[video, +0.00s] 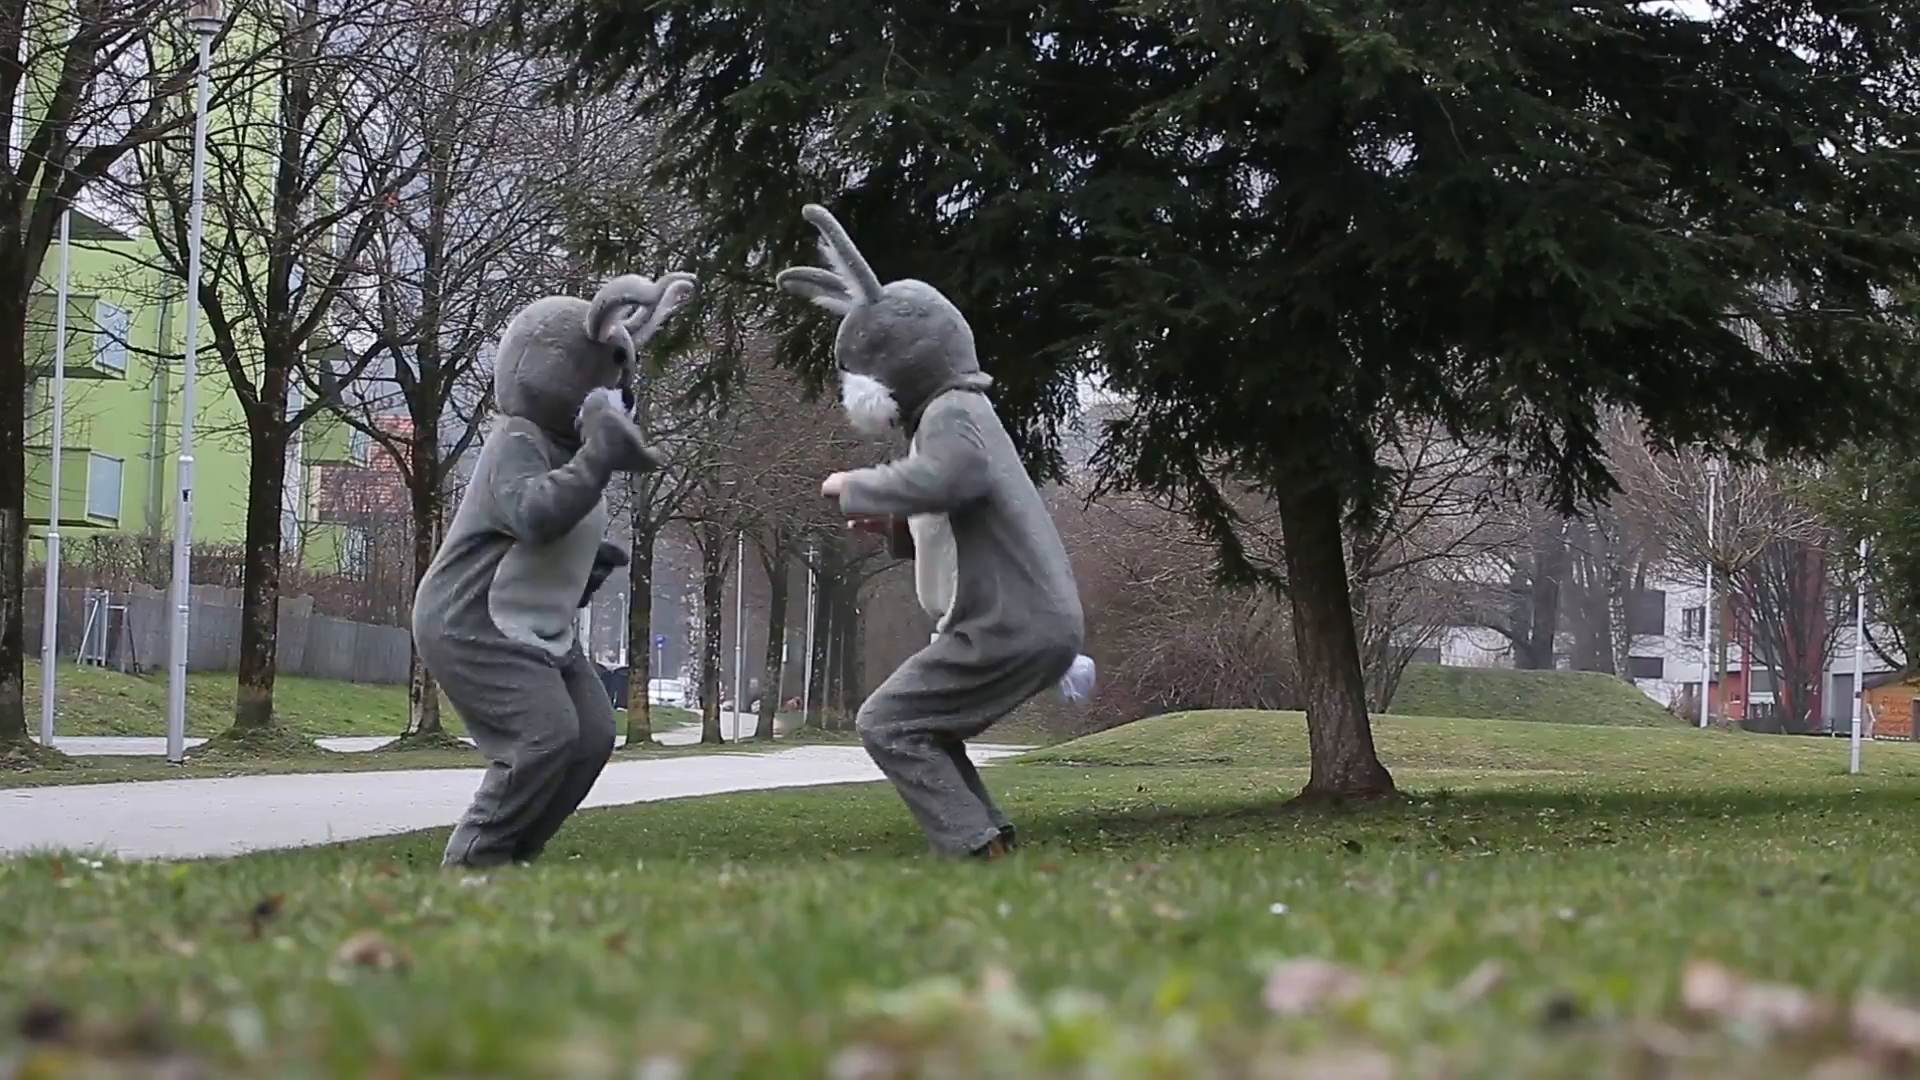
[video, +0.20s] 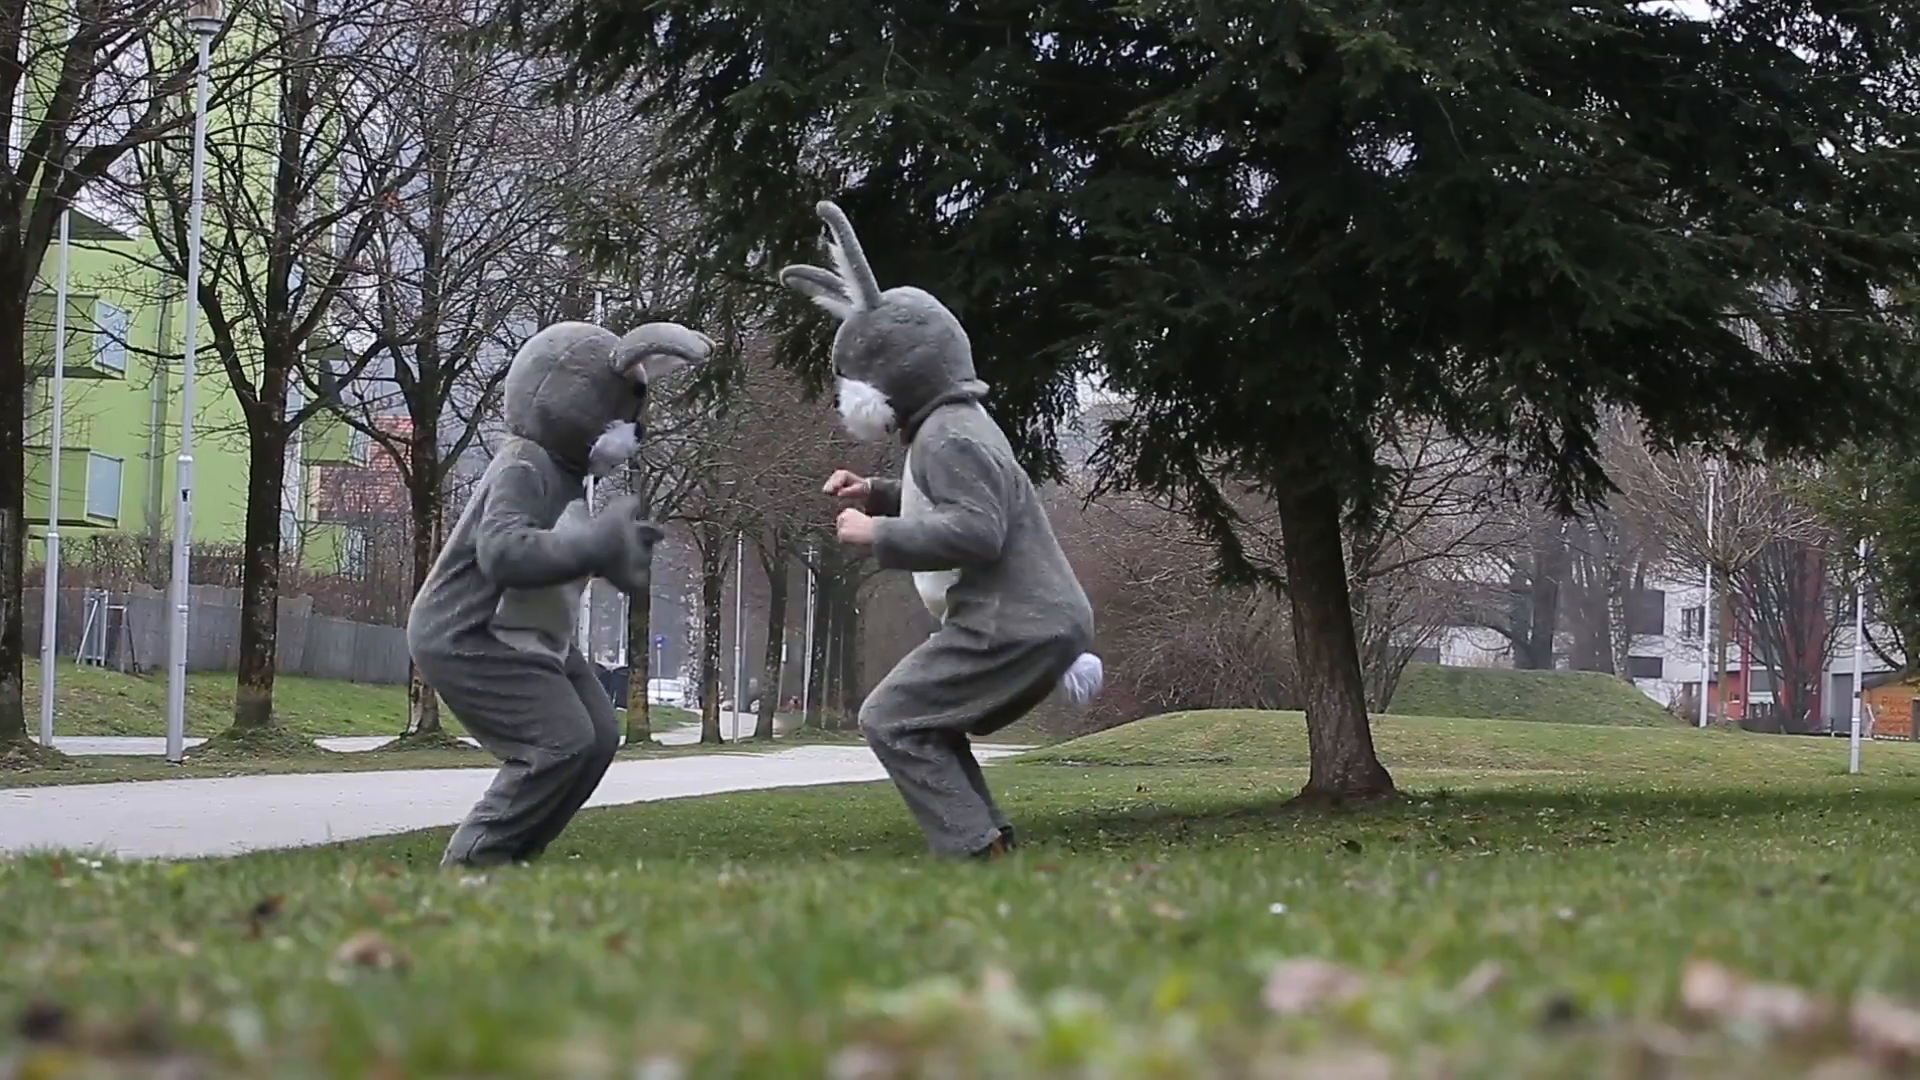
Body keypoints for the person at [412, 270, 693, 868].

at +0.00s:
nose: (606, 391)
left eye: (609, 376)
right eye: (593, 370)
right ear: (548, 367)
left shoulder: (573, 453)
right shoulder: (515, 440)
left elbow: (544, 563)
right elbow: (532, 515)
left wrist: (594, 559)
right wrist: (595, 458)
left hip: (539, 625)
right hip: (471, 622)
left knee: (593, 736)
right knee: (548, 734)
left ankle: (503, 856)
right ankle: (471, 858)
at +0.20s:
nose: (626, 430)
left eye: (628, 416)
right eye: (615, 413)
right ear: (569, 398)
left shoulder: (567, 480)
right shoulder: (523, 464)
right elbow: (501, 554)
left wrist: (615, 556)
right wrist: (594, 541)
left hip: (531, 634)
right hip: (465, 636)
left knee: (600, 736)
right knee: (564, 741)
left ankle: (506, 856)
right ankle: (473, 860)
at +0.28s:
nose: (633, 423)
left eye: (636, 411)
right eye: (621, 407)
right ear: (571, 395)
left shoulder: (575, 481)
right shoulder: (520, 462)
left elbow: (578, 558)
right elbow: (461, 541)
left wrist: (642, 520)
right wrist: (536, 584)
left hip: (520, 629)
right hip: (463, 629)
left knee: (595, 733)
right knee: (561, 739)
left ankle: (499, 859)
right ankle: (472, 863)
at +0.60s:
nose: (619, 399)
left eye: (624, 386)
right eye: (605, 380)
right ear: (558, 373)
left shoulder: (576, 462)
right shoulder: (517, 442)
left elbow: (581, 544)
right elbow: (466, 524)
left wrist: (644, 533)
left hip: (520, 612)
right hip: (458, 606)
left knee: (582, 726)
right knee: (542, 725)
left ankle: (501, 859)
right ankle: (472, 861)